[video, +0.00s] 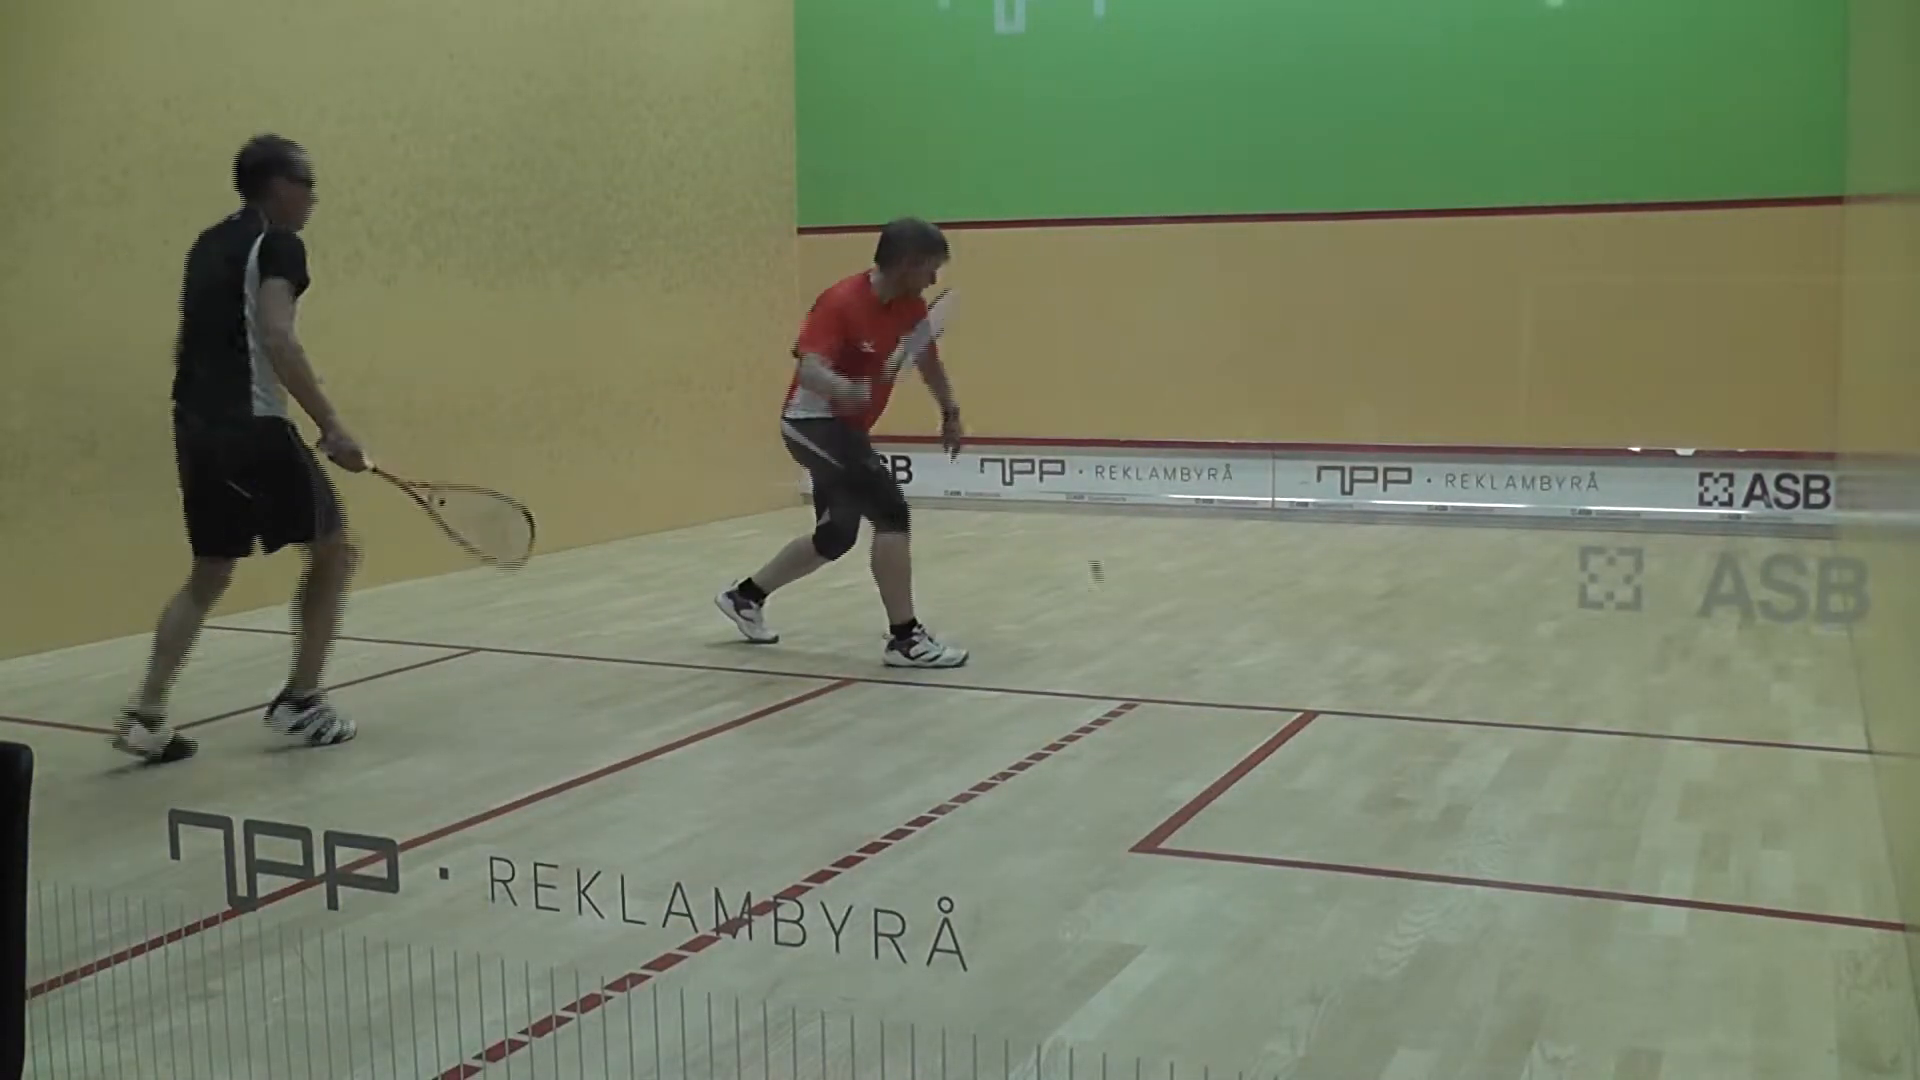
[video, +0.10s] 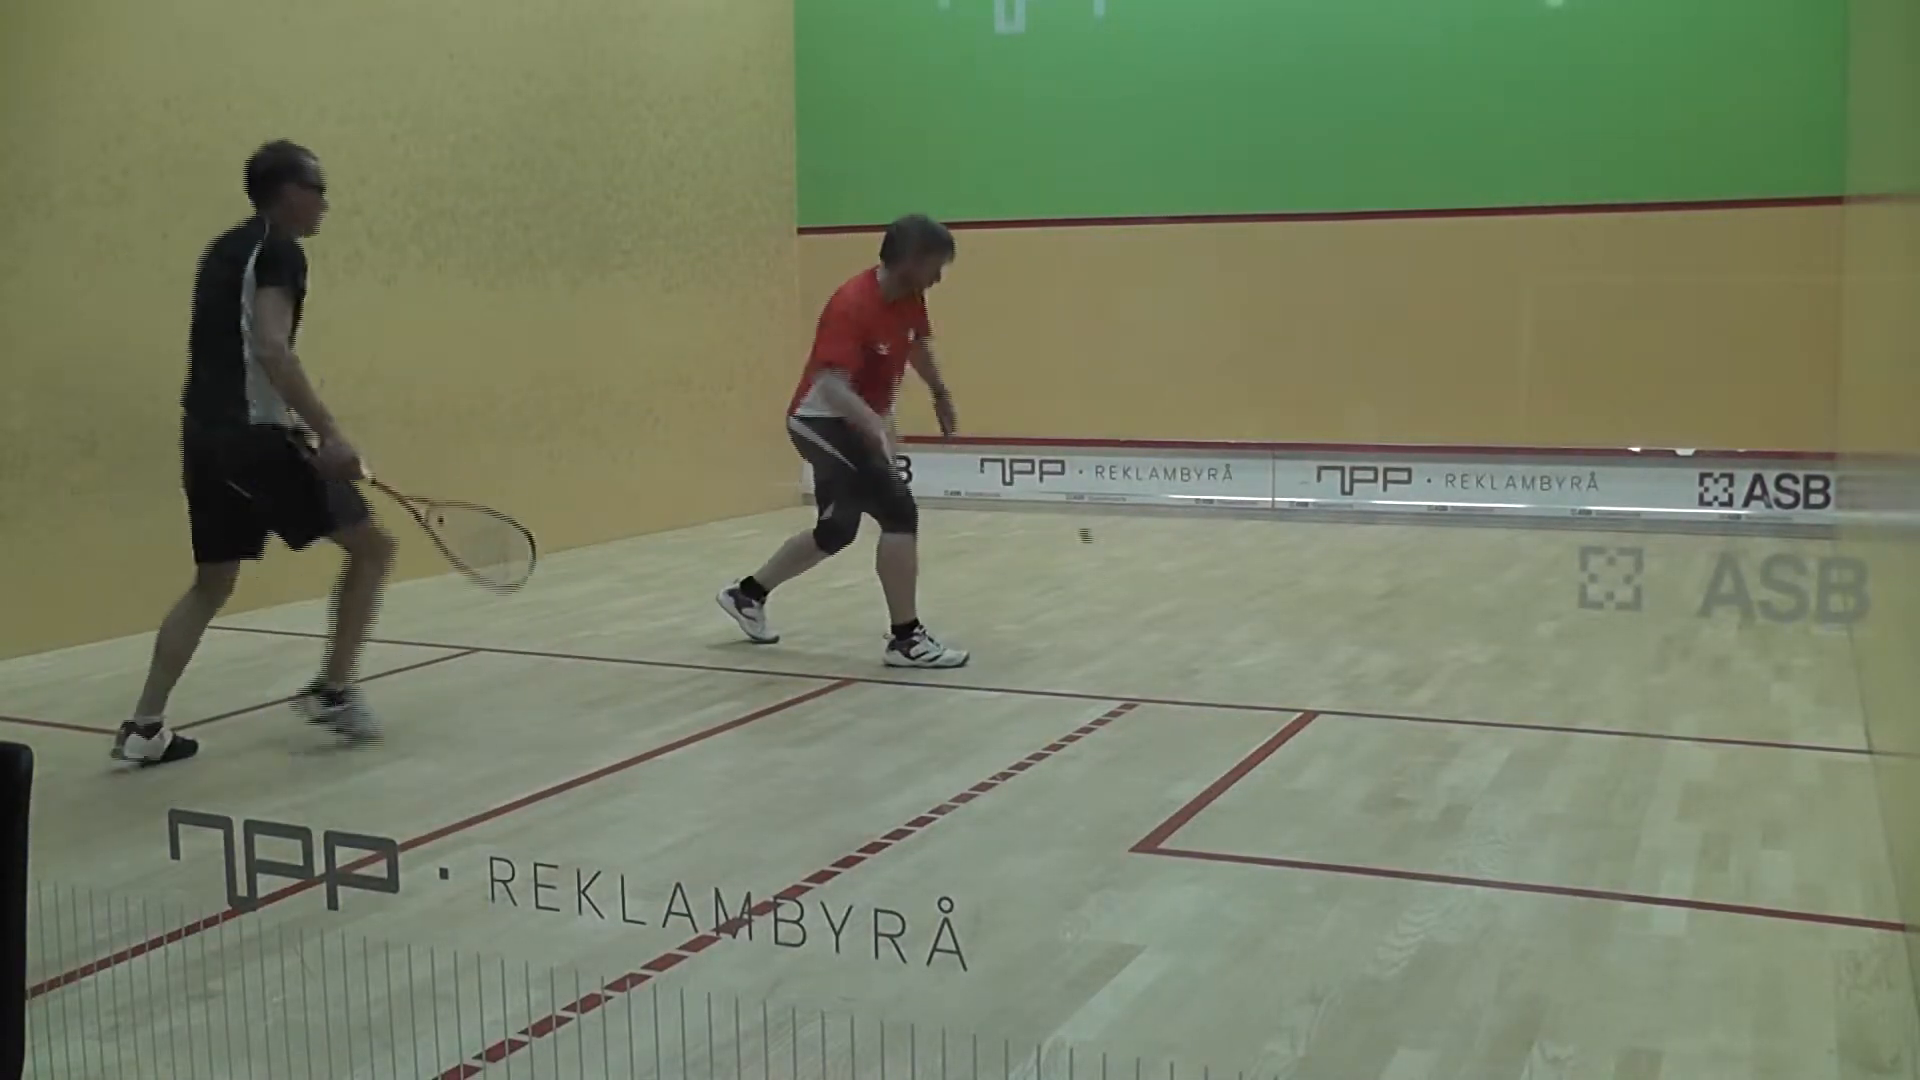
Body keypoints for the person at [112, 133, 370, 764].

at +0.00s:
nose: (312, 198)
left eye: (311, 186)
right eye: (304, 185)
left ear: (256, 190)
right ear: (273, 187)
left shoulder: (209, 243)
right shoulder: (278, 243)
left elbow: (198, 347)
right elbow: (277, 338)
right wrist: (331, 423)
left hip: (197, 434)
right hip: (256, 431)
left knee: (208, 574)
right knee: (336, 550)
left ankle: (145, 714)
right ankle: (301, 701)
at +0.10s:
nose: (324, 202)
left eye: (322, 190)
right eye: (315, 190)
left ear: (271, 194)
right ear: (282, 192)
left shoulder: (223, 250)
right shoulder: (279, 251)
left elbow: (224, 359)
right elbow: (271, 348)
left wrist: (289, 424)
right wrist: (329, 432)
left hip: (206, 443)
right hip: (262, 442)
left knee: (210, 585)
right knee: (372, 549)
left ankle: (144, 725)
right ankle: (335, 688)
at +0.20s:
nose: (351, 209)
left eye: (349, 197)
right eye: (341, 197)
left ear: (302, 204)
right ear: (306, 201)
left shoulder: (257, 259)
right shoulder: (292, 261)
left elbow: (261, 374)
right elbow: (283, 369)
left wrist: (320, 427)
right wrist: (332, 452)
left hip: (239, 457)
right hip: (281, 453)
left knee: (227, 590)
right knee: (403, 551)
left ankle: (145, 723)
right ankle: (402, 709)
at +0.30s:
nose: (380, 207)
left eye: (378, 196)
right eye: (371, 195)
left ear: (331, 202)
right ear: (342, 200)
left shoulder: (291, 259)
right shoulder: (322, 262)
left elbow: (280, 379)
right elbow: (310, 370)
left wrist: (349, 423)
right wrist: (360, 452)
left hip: (274, 453)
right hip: (313, 450)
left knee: (239, 586)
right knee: (427, 555)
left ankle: (150, 717)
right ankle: (425, 711)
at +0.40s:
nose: (445, 210)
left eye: (443, 199)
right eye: (433, 199)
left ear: (405, 209)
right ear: (402, 207)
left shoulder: (379, 263)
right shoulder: (384, 269)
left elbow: (378, 378)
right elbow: (379, 382)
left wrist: (417, 431)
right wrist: (434, 452)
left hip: (341, 453)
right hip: (376, 454)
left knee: (277, 578)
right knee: (469, 575)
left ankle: (171, 699)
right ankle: (398, 711)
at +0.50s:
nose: (506, 222)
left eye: (504, 210)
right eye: (496, 210)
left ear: (463, 217)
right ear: (466, 216)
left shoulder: (435, 272)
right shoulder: (447, 278)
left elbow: (444, 397)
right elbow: (448, 393)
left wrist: (510, 464)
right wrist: (517, 466)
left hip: (390, 456)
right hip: (415, 459)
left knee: (353, 587)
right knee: (481, 597)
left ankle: (214, 679)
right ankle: (390, 716)